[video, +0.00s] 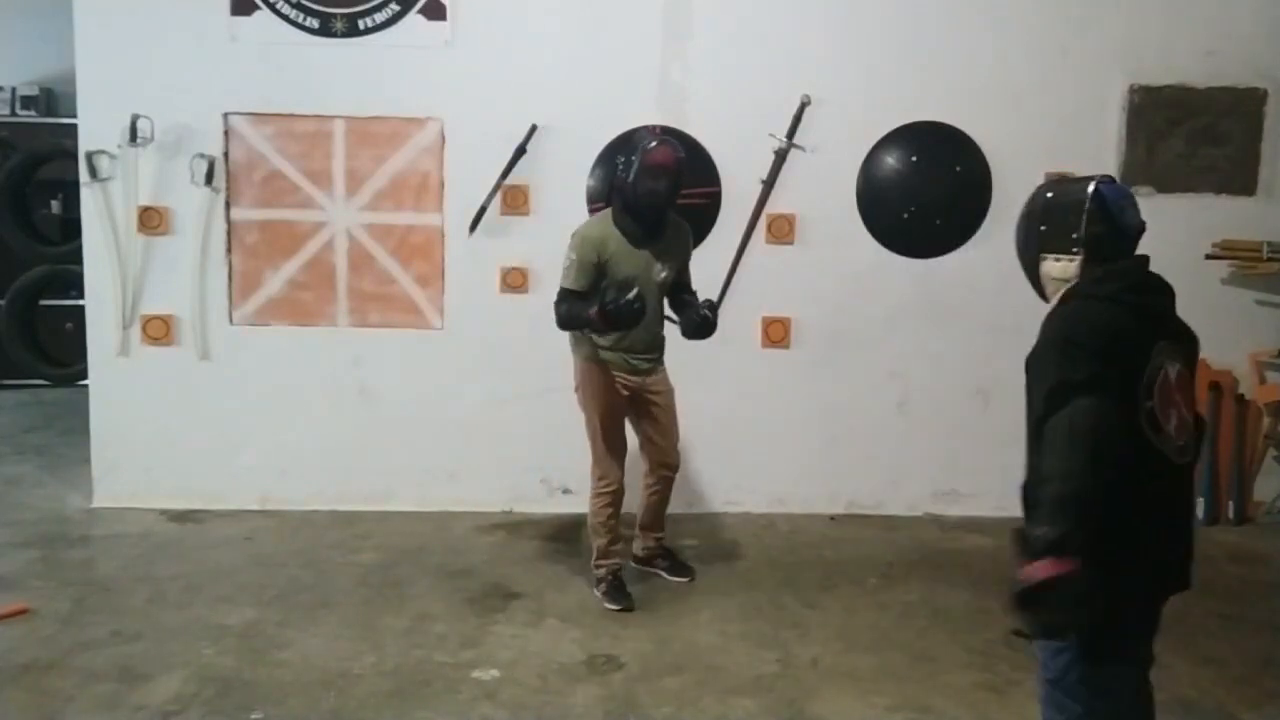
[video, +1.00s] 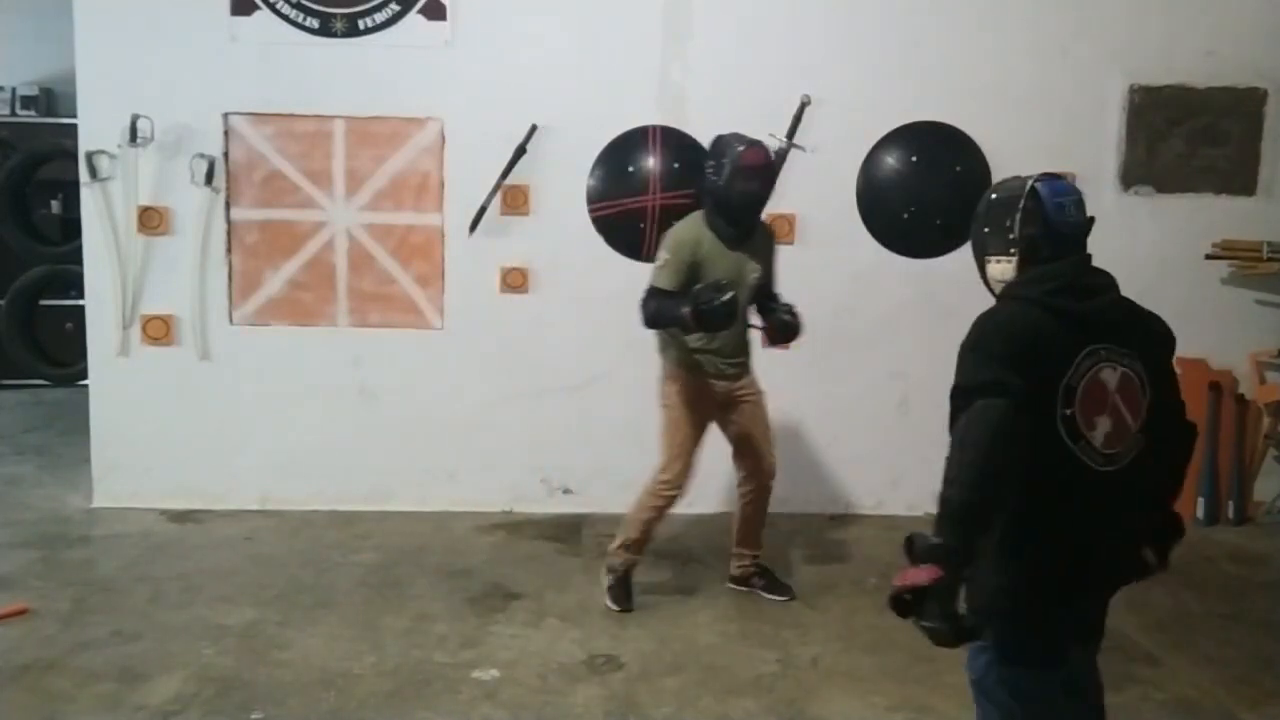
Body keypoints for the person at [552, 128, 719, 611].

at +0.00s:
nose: (658, 189)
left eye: (666, 181)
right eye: (650, 179)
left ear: (675, 187)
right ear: (627, 183)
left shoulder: (677, 234)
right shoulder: (592, 237)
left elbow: (680, 294)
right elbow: (565, 309)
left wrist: (695, 316)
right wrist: (602, 315)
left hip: (649, 367)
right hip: (599, 366)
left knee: (664, 462)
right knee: (610, 470)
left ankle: (649, 548)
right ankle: (606, 569)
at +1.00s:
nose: (757, 192)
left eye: (762, 183)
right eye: (747, 181)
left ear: (766, 186)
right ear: (718, 182)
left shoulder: (760, 239)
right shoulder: (687, 236)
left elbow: (765, 298)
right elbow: (652, 308)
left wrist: (779, 321)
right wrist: (692, 312)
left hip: (738, 378)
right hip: (687, 377)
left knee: (759, 468)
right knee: (673, 477)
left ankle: (745, 566)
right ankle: (620, 564)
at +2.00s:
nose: (820, 226)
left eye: (829, 216)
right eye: (811, 215)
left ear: (839, 213)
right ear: (790, 208)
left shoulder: (847, 262)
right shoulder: (761, 254)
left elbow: (862, 328)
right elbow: (700, 313)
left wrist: (888, 328)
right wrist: (718, 358)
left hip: (817, 396)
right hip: (769, 392)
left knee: (822, 496)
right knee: (786, 502)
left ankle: (790, 563)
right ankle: (770, 624)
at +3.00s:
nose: (864, 230)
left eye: (872, 219)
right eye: (854, 217)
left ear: (882, 222)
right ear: (830, 216)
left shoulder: (881, 261)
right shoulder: (802, 265)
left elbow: (897, 330)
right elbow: (760, 336)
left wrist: (911, 322)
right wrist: (796, 357)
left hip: (844, 385)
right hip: (797, 383)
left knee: (850, 477)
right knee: (817, 485)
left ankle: (822, 545)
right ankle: (784, 608)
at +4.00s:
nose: (865, 198)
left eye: (874, 188)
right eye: (856, 188)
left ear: (889, 193)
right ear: (839, 191)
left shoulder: (907, 244)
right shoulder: (818, 245)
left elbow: (931, 305)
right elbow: (781, 307)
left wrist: (903, 312)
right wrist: (800, 332)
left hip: (887, 376)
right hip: (833, 369)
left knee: (864, 466)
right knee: (834, 463)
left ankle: (832, 545)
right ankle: (829, 567)